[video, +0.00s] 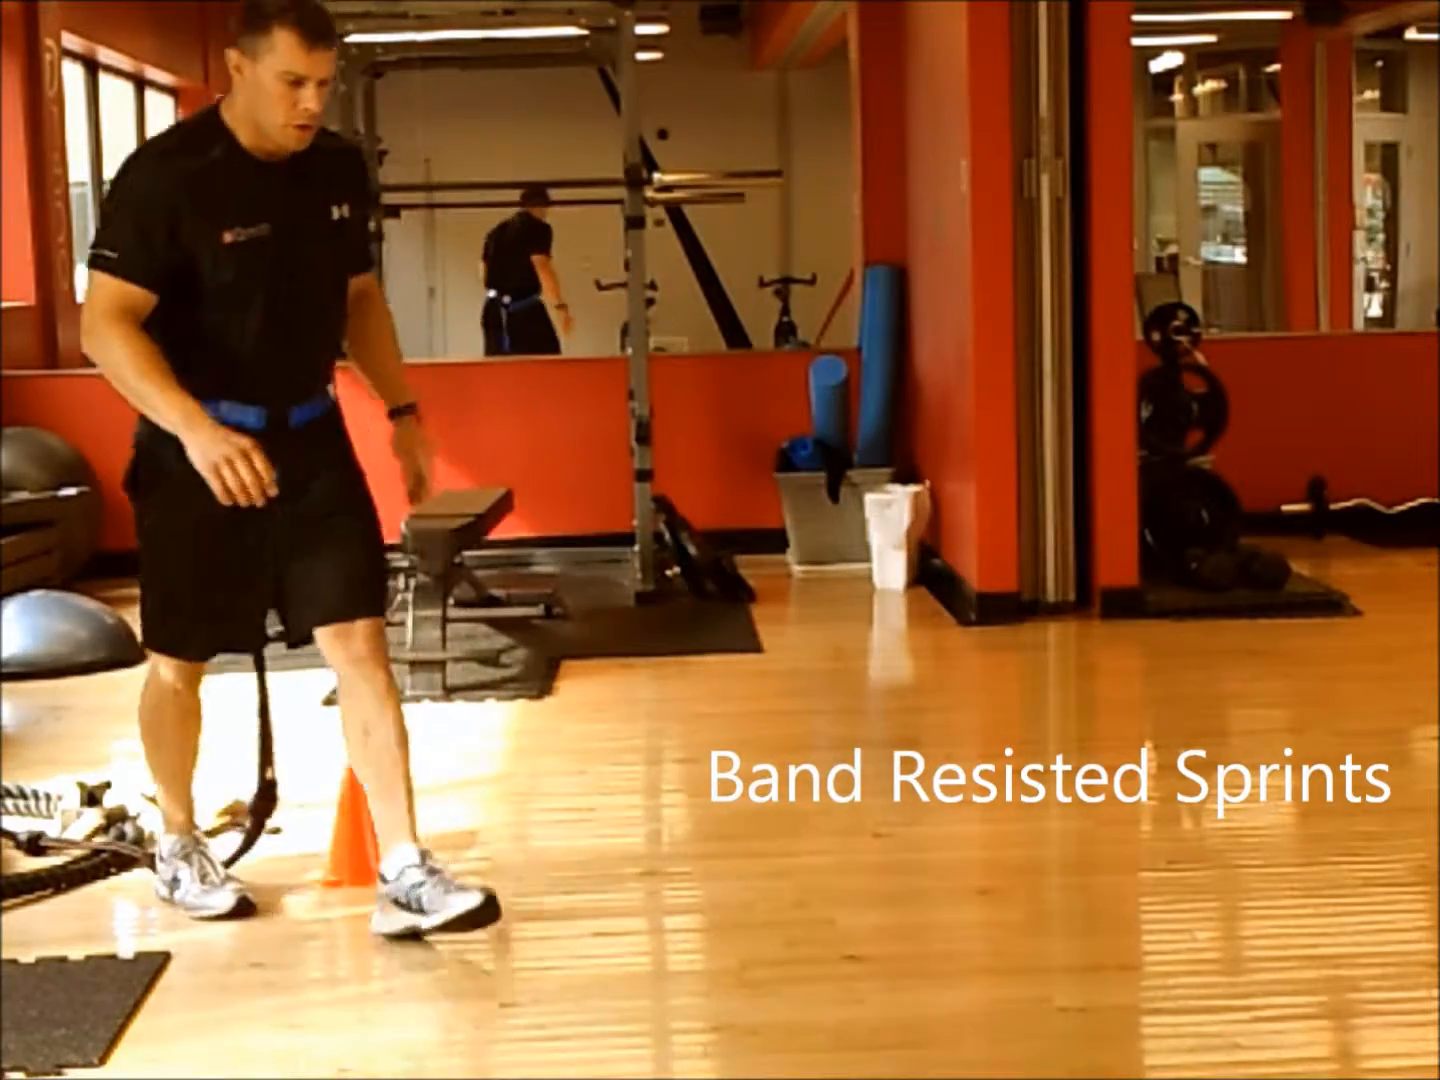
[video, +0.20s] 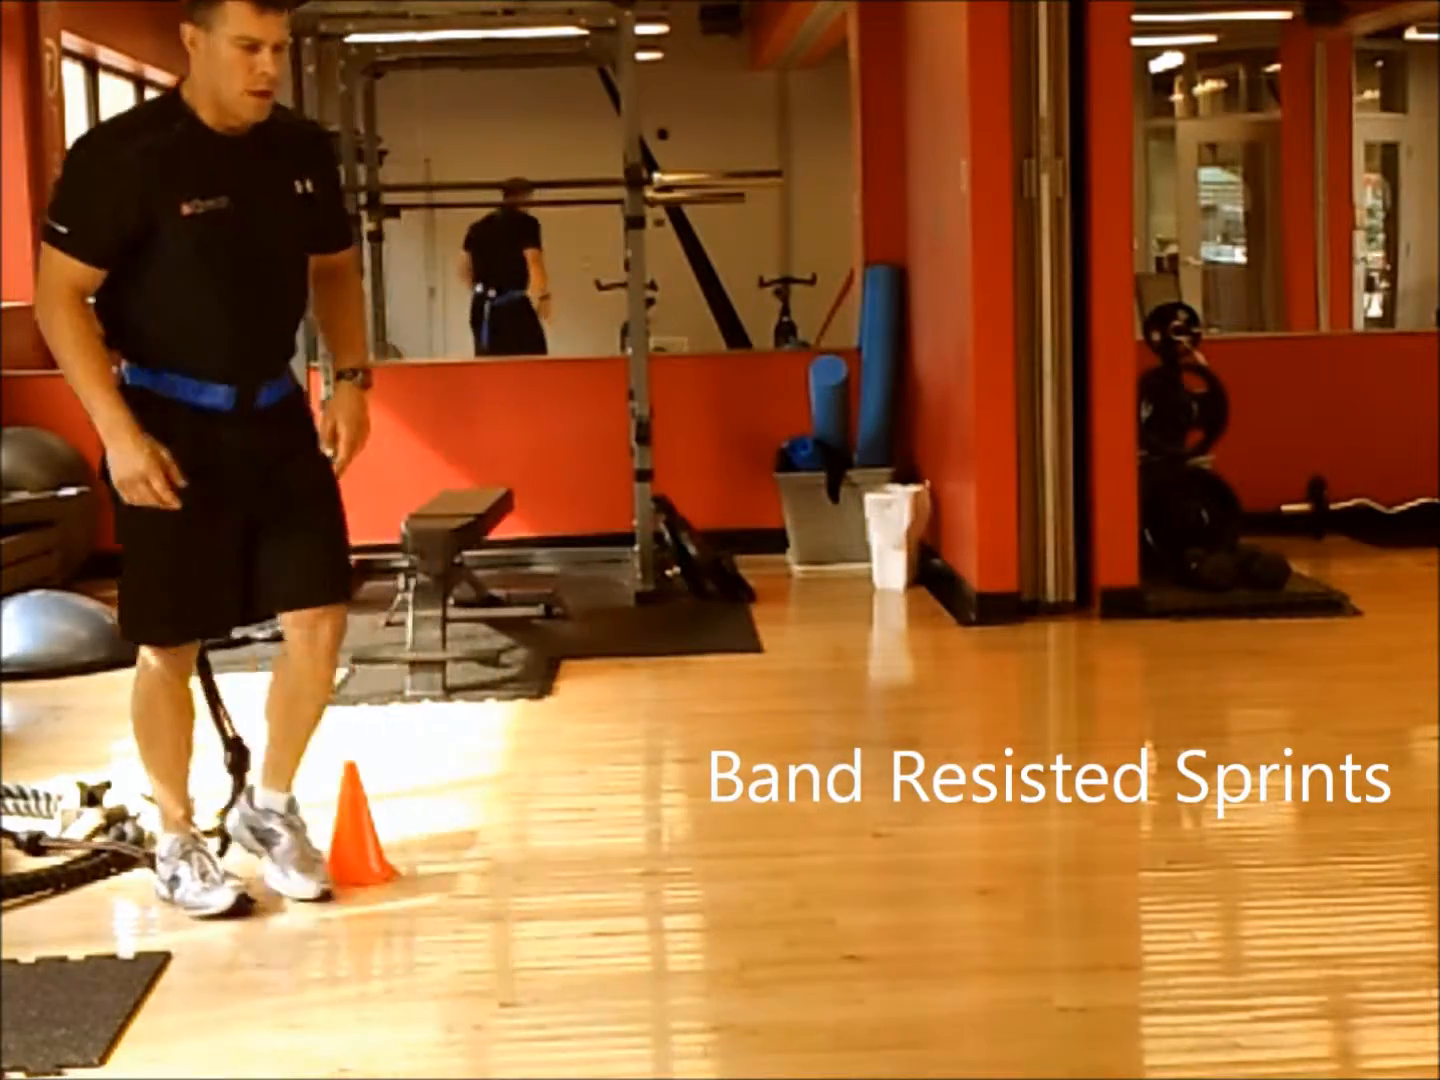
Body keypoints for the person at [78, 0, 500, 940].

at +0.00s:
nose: (313, 104)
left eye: (324, 84)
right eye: (295, 84)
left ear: (331, 77)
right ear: (236, 69)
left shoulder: (339, 167)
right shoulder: (162, 175)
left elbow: (359, 299)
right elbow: (103, 323)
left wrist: (404, 412)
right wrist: (197, 426)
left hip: (309, 441)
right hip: (193, 450)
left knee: (359, 642)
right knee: (178, 661)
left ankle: (405, 868)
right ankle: (180, 847)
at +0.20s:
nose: (271, 70)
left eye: (280, 49)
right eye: (250, 48)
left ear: (286, 49)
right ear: (191, 42)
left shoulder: (306, 151)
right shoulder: (117, 156)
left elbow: (336, 273)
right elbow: (59, 300)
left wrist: (349, 377)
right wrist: (119, 433)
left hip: (278, 423)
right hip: (168, 430)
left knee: (319, 621)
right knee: (170, 646)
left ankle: (267, 809)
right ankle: (177, 840)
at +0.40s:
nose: (253, 61)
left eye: (264, 42)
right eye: (232, 39)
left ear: (277, 47)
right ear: (177, 40)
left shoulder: (296, 154)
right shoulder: (112, 155)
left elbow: (333, 285)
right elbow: (43, 297)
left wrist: (366, 397)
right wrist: (63, 443)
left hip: (256, 428)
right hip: (155, 426)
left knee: (248, 635)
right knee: (167, 642)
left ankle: (201, 791)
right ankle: (175, 841)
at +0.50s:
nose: (260, 61)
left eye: (270, 42)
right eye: (240, 39)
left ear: (279, 47)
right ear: (183, 40)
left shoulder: (297, 161)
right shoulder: (115, 159)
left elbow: (342, 296)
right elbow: (50, 304)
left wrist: (381, 406)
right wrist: (54, 445)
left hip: (251, 428)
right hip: (152, 425)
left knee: (238, 632)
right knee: (185, 641)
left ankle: (197, 803)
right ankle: (175, 839)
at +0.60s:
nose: (269, 82)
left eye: (279, 65)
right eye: (250, 62)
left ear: (289, 72)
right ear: (195, 64)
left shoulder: (303, 183)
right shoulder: (124, 175)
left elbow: (349, 316)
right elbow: (50, 308)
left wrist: (392, 429)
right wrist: (61, 452)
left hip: (249, 439)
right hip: (154, 436)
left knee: (214, 644)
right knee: (199, 646)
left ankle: (184, 811)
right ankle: (178, 843)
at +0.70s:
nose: (282, 94)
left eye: (293, 77)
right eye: (264, 75)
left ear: (301, 81)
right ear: (211, 72)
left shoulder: (310, 191)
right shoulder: (133, 176)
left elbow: (351, 324)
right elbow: (56, 304)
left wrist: (389, 441)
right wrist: (69, 449)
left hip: (254, 443)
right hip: (157, 437)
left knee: (219, 644)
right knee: (205, 642)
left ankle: (183, 809)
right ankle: (180, 838)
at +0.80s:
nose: (299, 98)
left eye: (309, 81)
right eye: (281, 79)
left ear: (316, 84)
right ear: (225, 74)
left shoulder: (327, 191)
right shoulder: (144, 178)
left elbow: (355, 326)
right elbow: (56, 298)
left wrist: (380, 443)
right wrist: (68, 442)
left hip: (259, 441)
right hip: (161, 436)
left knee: (225, 642)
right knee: (200, 639)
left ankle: (190, 813)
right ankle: (177, 835)